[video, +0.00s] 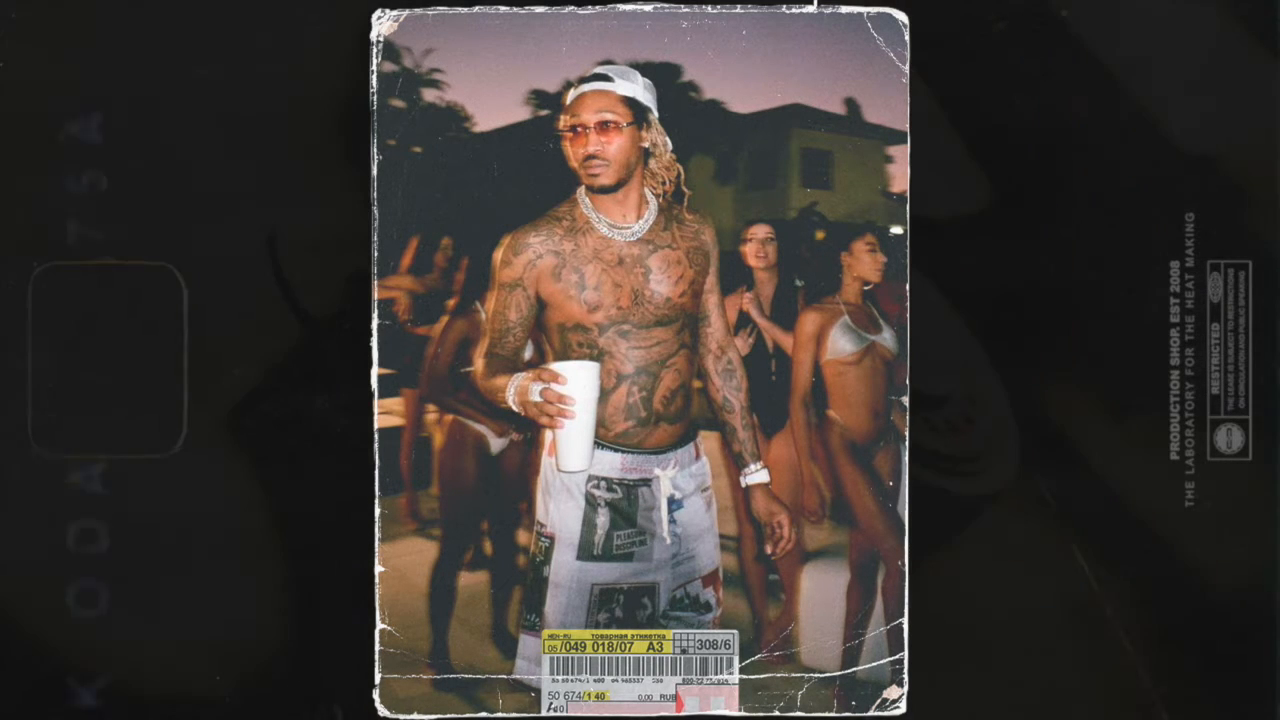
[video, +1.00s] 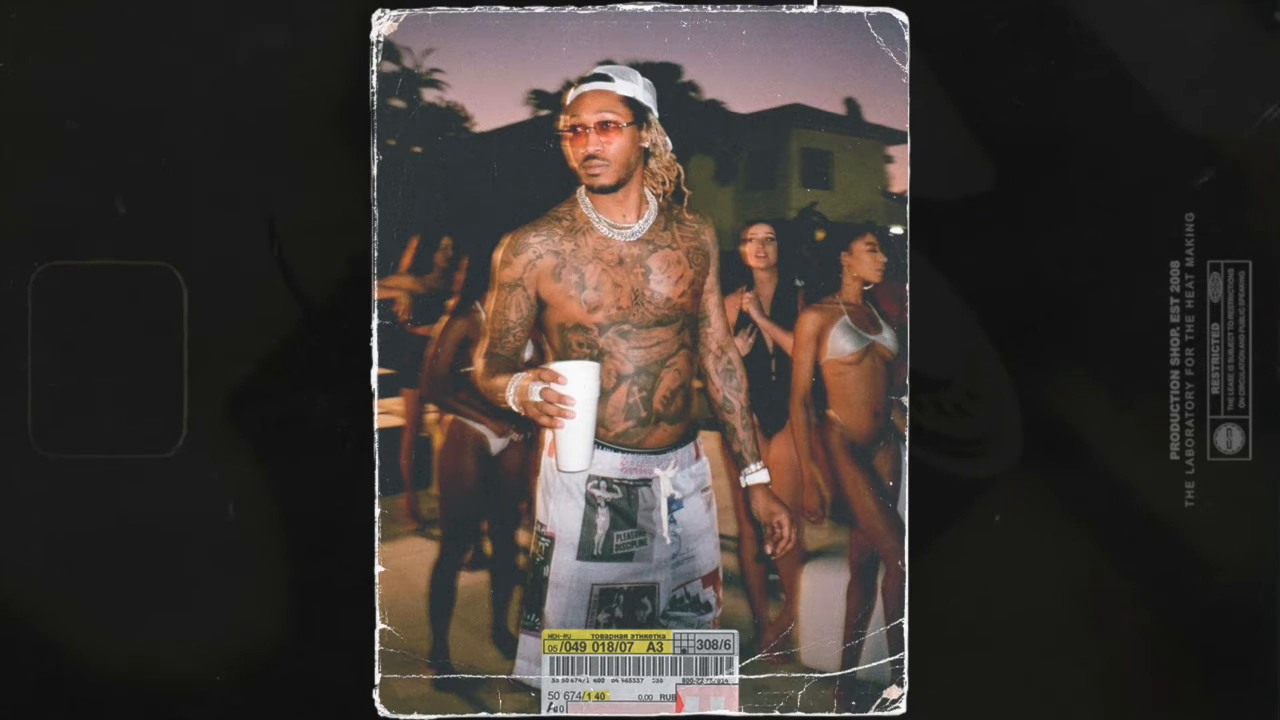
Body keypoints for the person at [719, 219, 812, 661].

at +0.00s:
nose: (760, 249)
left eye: (768, 241)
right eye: (752, 242)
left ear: (781, 249)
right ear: (741, 250)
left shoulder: (797, 295)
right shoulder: (730, 300)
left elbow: (803, 352)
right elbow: (713, 365)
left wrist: (761, 318)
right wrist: (736, 343)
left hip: (784, 419)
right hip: (738, 420)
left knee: (784, 520)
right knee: (748, 525)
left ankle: (793, 614)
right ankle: (761, 620)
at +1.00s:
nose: (759, 249)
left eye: (767, 242)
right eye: (751, 242)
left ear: (781, 249)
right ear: (741, 250)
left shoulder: (797, 296)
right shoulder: (730, 300)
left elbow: (803, 351)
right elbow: (714, 364)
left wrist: (761, 317)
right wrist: (735, 342)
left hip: (784, 419)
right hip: (739, 420)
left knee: (783, 521)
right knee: (748, 525)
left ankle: (794, 612)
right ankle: (762, 621)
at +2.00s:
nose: (760, 249)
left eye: (768, 241)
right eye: (752, 242)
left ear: (781, 249)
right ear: (741, 250)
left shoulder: (798, 296)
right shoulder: (731, 300)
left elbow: (804, 352)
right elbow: (714, 364)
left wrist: (762, 319)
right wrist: (733, 344)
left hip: (784, 419)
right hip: (738, 420)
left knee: (785, 521)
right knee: (749, 527)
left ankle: (794, 613)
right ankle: (763, 623)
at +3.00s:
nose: (760, 249)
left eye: (768, 242)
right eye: (752, 242)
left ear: (781, 249)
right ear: (741, 250)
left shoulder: (798, 296)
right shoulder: (731, 301)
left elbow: (804, 352)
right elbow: (713, 365)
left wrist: (761, 319)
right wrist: (733, 348)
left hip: (784, 419)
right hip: (739, 420)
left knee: (784, 521)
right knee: (749, 527)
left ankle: (793, 613)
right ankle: (762, 622)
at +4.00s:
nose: (761, 249)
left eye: (769, 241)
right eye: (752, 242)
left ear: (781, 249)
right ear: (741, 250)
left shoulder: (797, 295)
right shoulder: (730, 300)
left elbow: (803, 352)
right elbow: (714, 364)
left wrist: (761, 318)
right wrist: (738, 336)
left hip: (783, 419)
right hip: (738, 422)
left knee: (784, 520)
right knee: (748, 526)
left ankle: (794, 614)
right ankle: (761, 622)